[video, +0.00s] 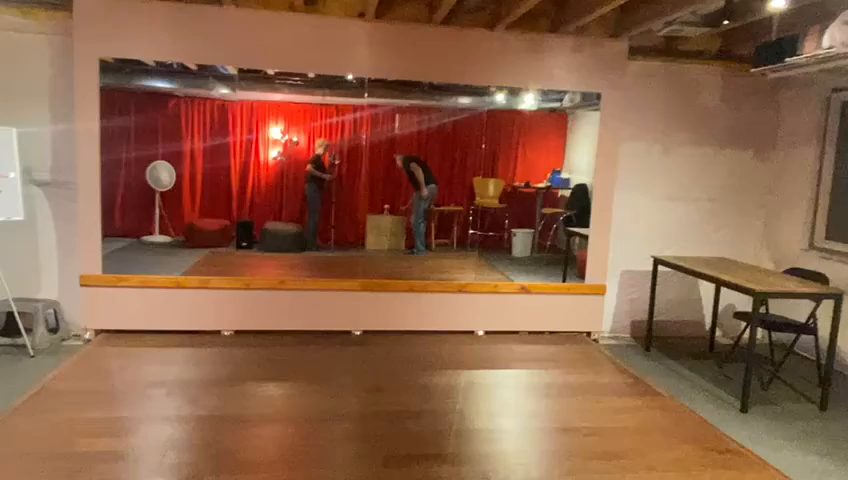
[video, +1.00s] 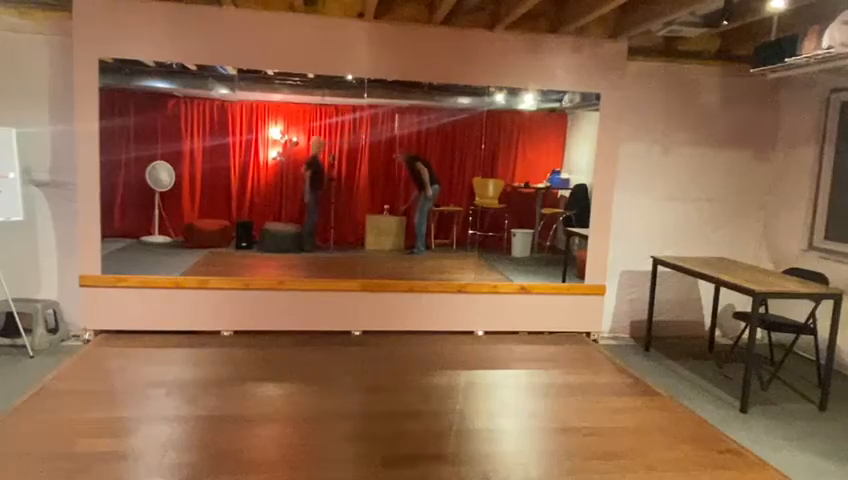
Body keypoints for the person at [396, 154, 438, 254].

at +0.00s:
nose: (398, 164)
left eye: (398, 161)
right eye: (396, 162)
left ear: (401, 159)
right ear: (401, 159)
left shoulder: (408, 161)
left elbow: (417, 170)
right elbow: (417, 191)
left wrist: (423, 188)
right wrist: (407, 206)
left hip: (426, 188)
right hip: (430, 187)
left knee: (417, 218)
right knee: (420, 218)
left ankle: (419, 247)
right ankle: (420, 246)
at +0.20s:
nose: (398, 163)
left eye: (398, 160)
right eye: (397, 161)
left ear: (402, 157)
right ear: (403, 158)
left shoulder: (409, 160)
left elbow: (419, 169)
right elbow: (417, 190)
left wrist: (424, 187)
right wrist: (407, 205)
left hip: (427, 187)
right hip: (429, 187)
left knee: (419, 218)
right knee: (420, 218)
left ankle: (419, 248)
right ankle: (420, 247)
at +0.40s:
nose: (399, 163)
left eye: (399, 160)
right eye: (397, 161)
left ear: (403, 158)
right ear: (402, 159)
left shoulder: (410, 160)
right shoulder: (411, 166)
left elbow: (421, 170)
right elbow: (417, 189)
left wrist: (425, 187)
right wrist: (406, 205)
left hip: (428, 187)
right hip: (428, 187)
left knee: (420, 218)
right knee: (421, 217)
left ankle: (419, 247)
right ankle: (420, 246)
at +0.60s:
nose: (399, 163)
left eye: (399, 160)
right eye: (398, 161)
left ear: (403, 158)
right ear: (402, 159)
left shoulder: (411, 160)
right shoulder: (411, 166)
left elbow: (422, 170)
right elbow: (418, 189)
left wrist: (426, 187)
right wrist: (406, 206)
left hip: (430, 187)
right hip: (427, 187)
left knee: (421, 217)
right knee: (421, 217)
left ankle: (420, 246)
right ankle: (420, 246)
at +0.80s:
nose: (399, 163)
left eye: (399, 160)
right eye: (398, 161)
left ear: (403, 158)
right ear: (403, 159)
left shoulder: (412, 161)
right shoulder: (411, 166)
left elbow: (423, 171)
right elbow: (419, 187)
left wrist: (427, 187)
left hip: (431, 186)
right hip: (426, 187)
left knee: (421, 217)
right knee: (421, 217)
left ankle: (420, 246)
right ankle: (420, 246)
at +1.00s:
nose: (399, 160)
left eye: (399, 157)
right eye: (397, 158)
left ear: (404, 156)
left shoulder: (413, 160)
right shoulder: (411, 166)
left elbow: (424, 170)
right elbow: (418, 190)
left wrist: (428, 188)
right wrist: (407, 205)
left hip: (431, 187)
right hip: (426, 188)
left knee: (421, 216)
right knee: (421, 216)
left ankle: (420, 246)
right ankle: (420, 246)